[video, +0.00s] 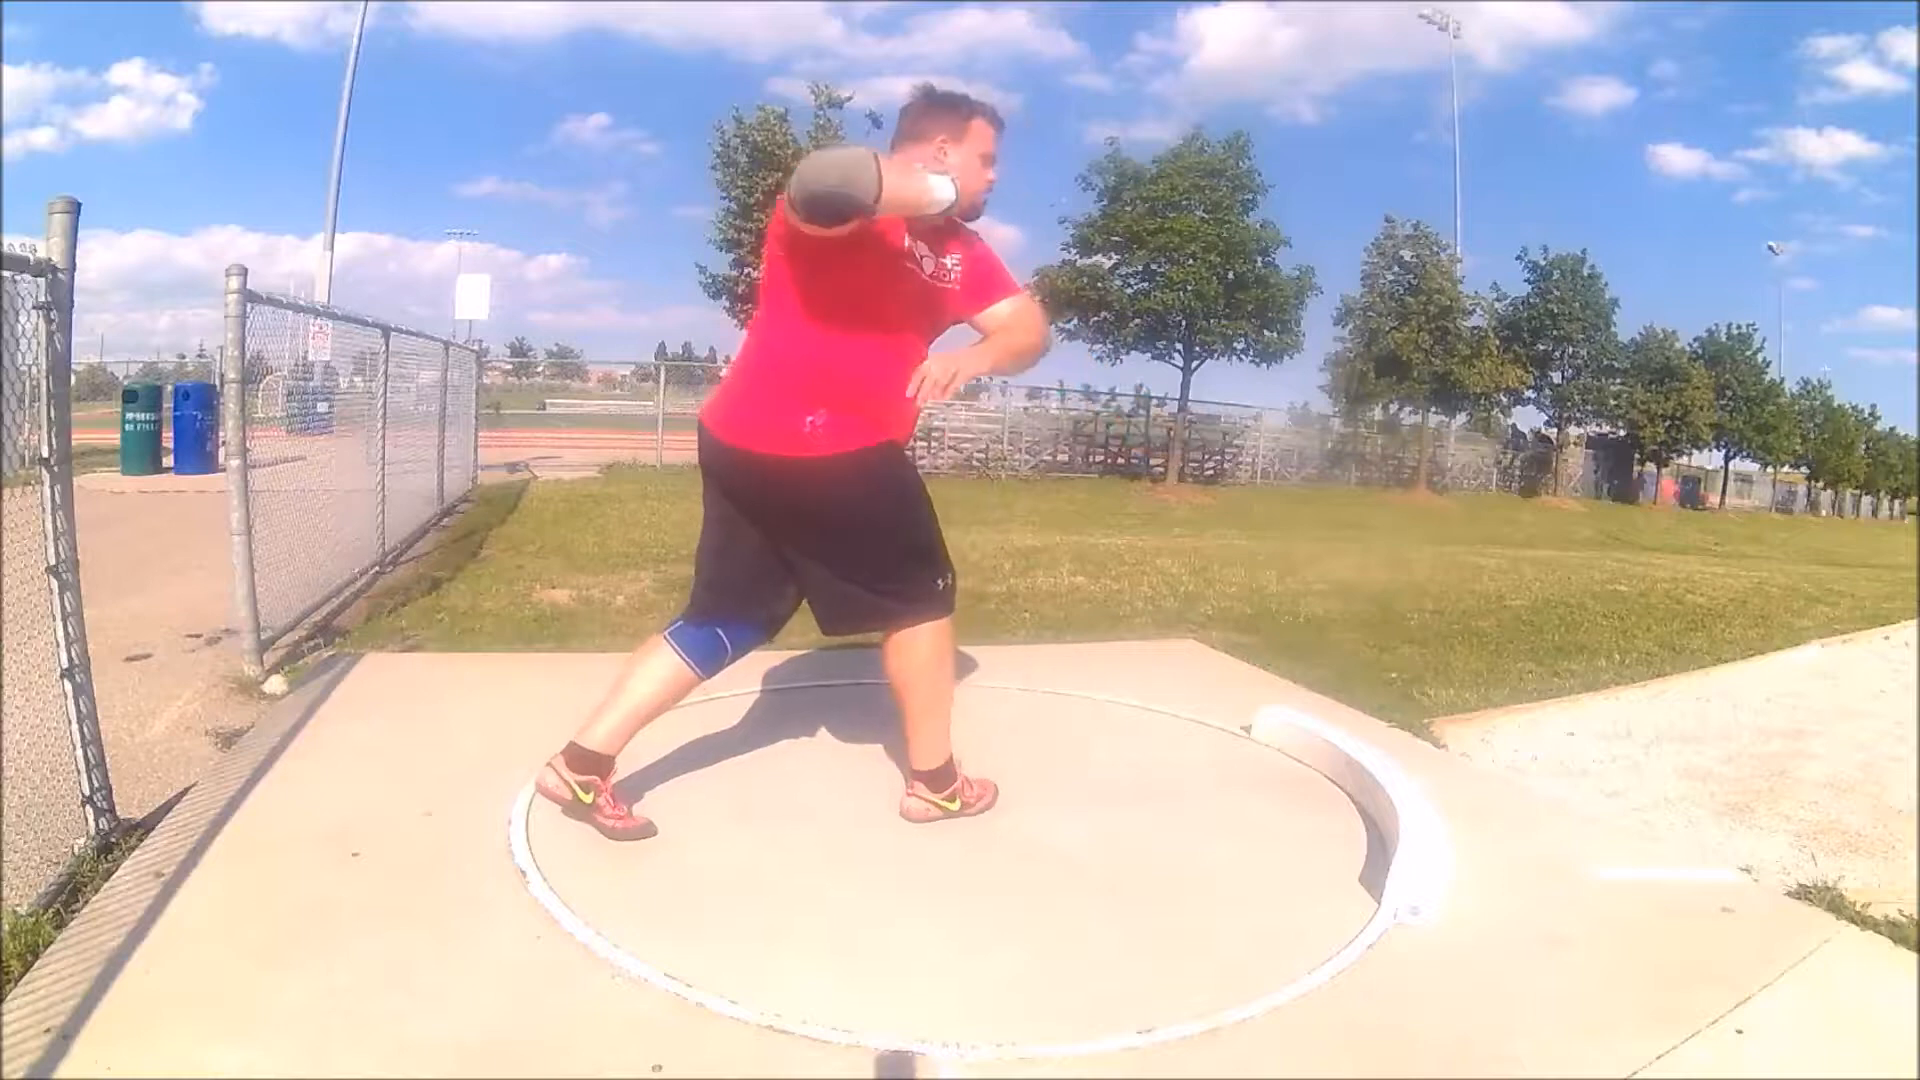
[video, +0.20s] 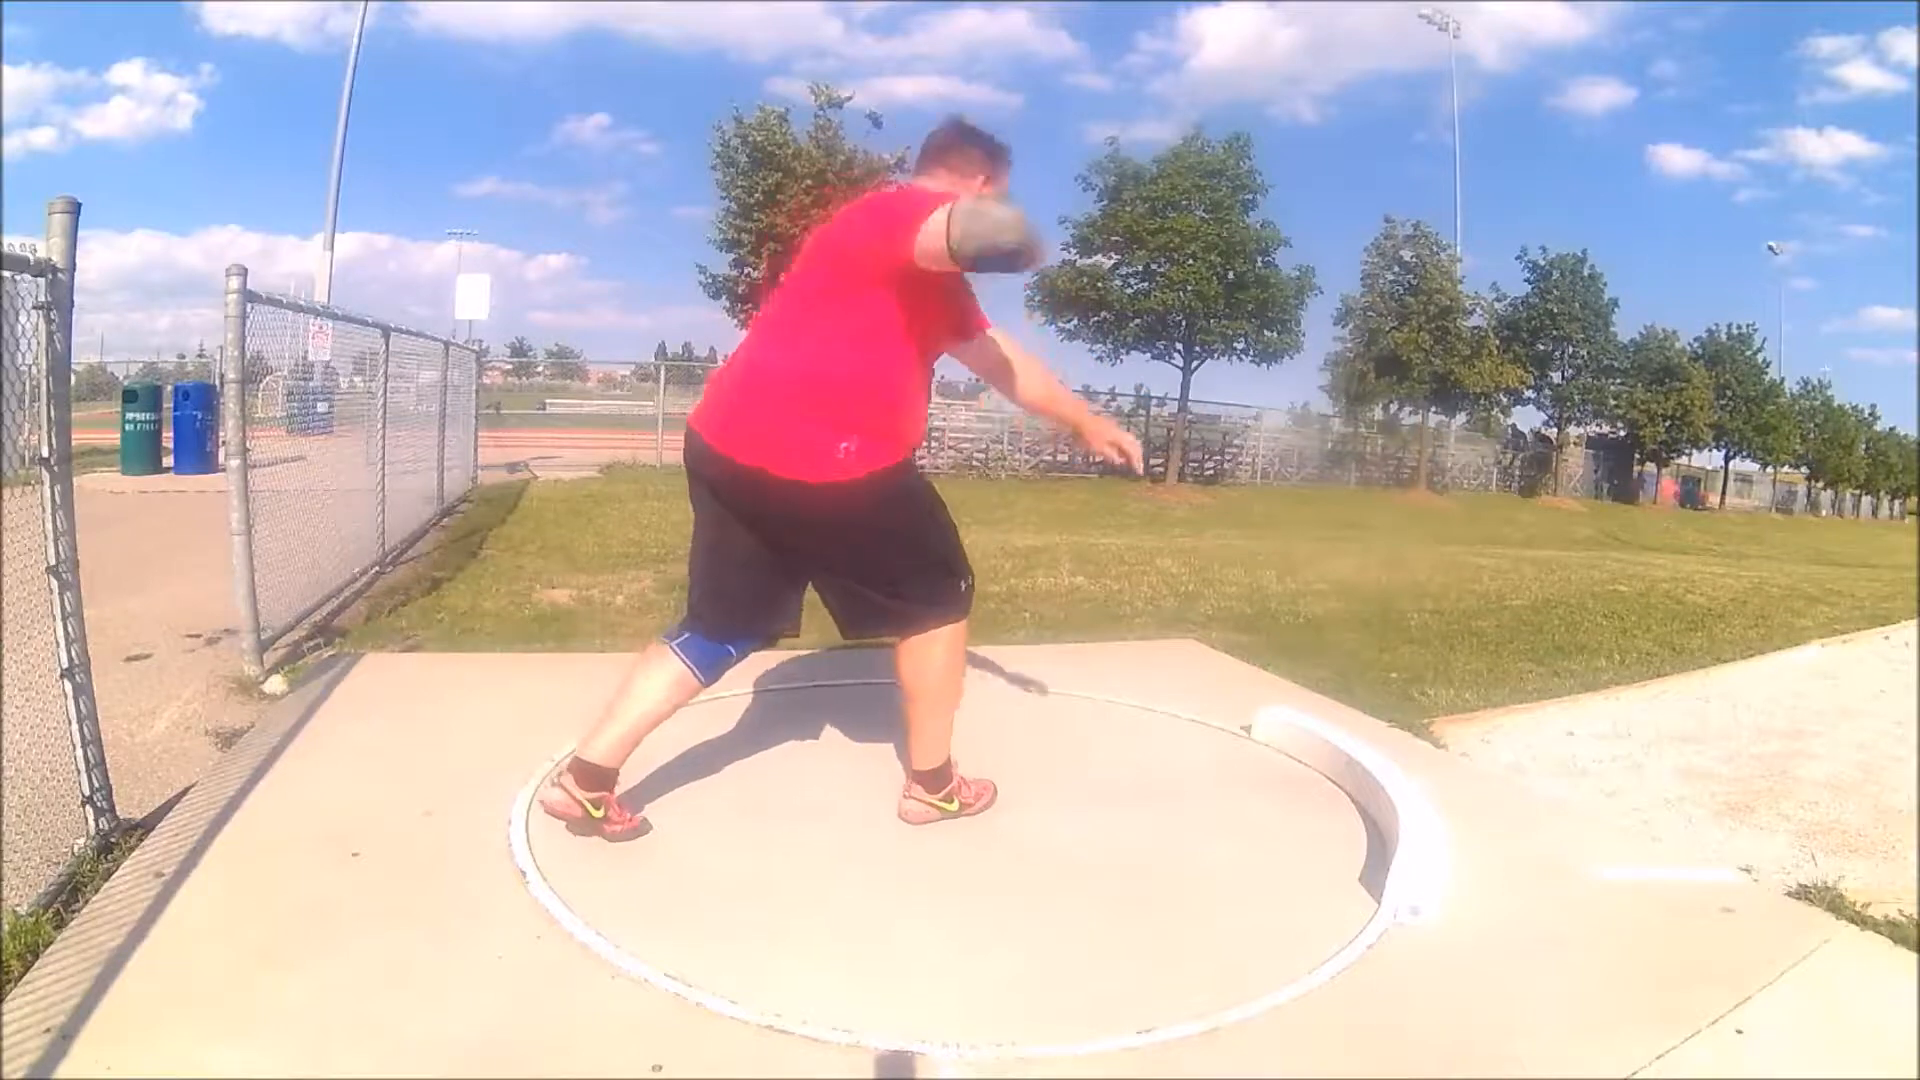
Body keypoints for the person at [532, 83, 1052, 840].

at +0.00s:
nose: (993, 179)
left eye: (994, 164)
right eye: (985, 161)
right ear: (935, 154)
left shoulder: (961, 253)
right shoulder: (826, 202)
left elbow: (1028, 330)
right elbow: (831, 182)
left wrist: (971, 359)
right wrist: (942, 190)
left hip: (739, 437)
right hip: (842, 451)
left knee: (727, 616)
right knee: (921, 598)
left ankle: (582, 761)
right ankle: (933, 776)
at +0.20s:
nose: (993, 213)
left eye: (993, 200)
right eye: (994, 196)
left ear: (926, 164)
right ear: (973, 181)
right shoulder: (911, 215)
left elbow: (1002, 364)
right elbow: (990, 231)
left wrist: (1086, 421)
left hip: (727, 446)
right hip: (840, 464)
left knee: (720, 625)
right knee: (937, 600)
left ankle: (588, 773)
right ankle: (930, 779)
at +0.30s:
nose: (996, 216)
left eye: (989, 207)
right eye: (997, 207)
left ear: (929, 186)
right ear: (993, 202)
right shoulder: (978, 234)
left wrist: (1034, 426)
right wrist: (1058, 266)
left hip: (742, 443)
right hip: (865, 471)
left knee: (715, 629)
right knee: (956, 596)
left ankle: (599, 783)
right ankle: (933, 777)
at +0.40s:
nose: (933, 212)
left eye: (926, 202)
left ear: (921, 207)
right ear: (992, 215)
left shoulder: (869, 255)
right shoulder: (1027, 261)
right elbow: (1130, 304)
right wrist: (1093, 274)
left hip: (809, 461)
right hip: (939, 485)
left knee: (722, 637)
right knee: (978, 617)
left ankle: (613, 791)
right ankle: (940, 777)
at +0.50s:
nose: (905, 237)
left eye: (907, 227)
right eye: (909, 229)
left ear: (919, 221)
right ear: (986, 223)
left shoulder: (888, 263)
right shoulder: (1051, 269)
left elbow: (785, 339)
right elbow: (1100, 332)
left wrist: (757, 390)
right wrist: (1034, 334)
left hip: (910, 463)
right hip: (1049, 475)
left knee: (776, 628)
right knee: (993, 611)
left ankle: (638, 779)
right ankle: (972, 774)